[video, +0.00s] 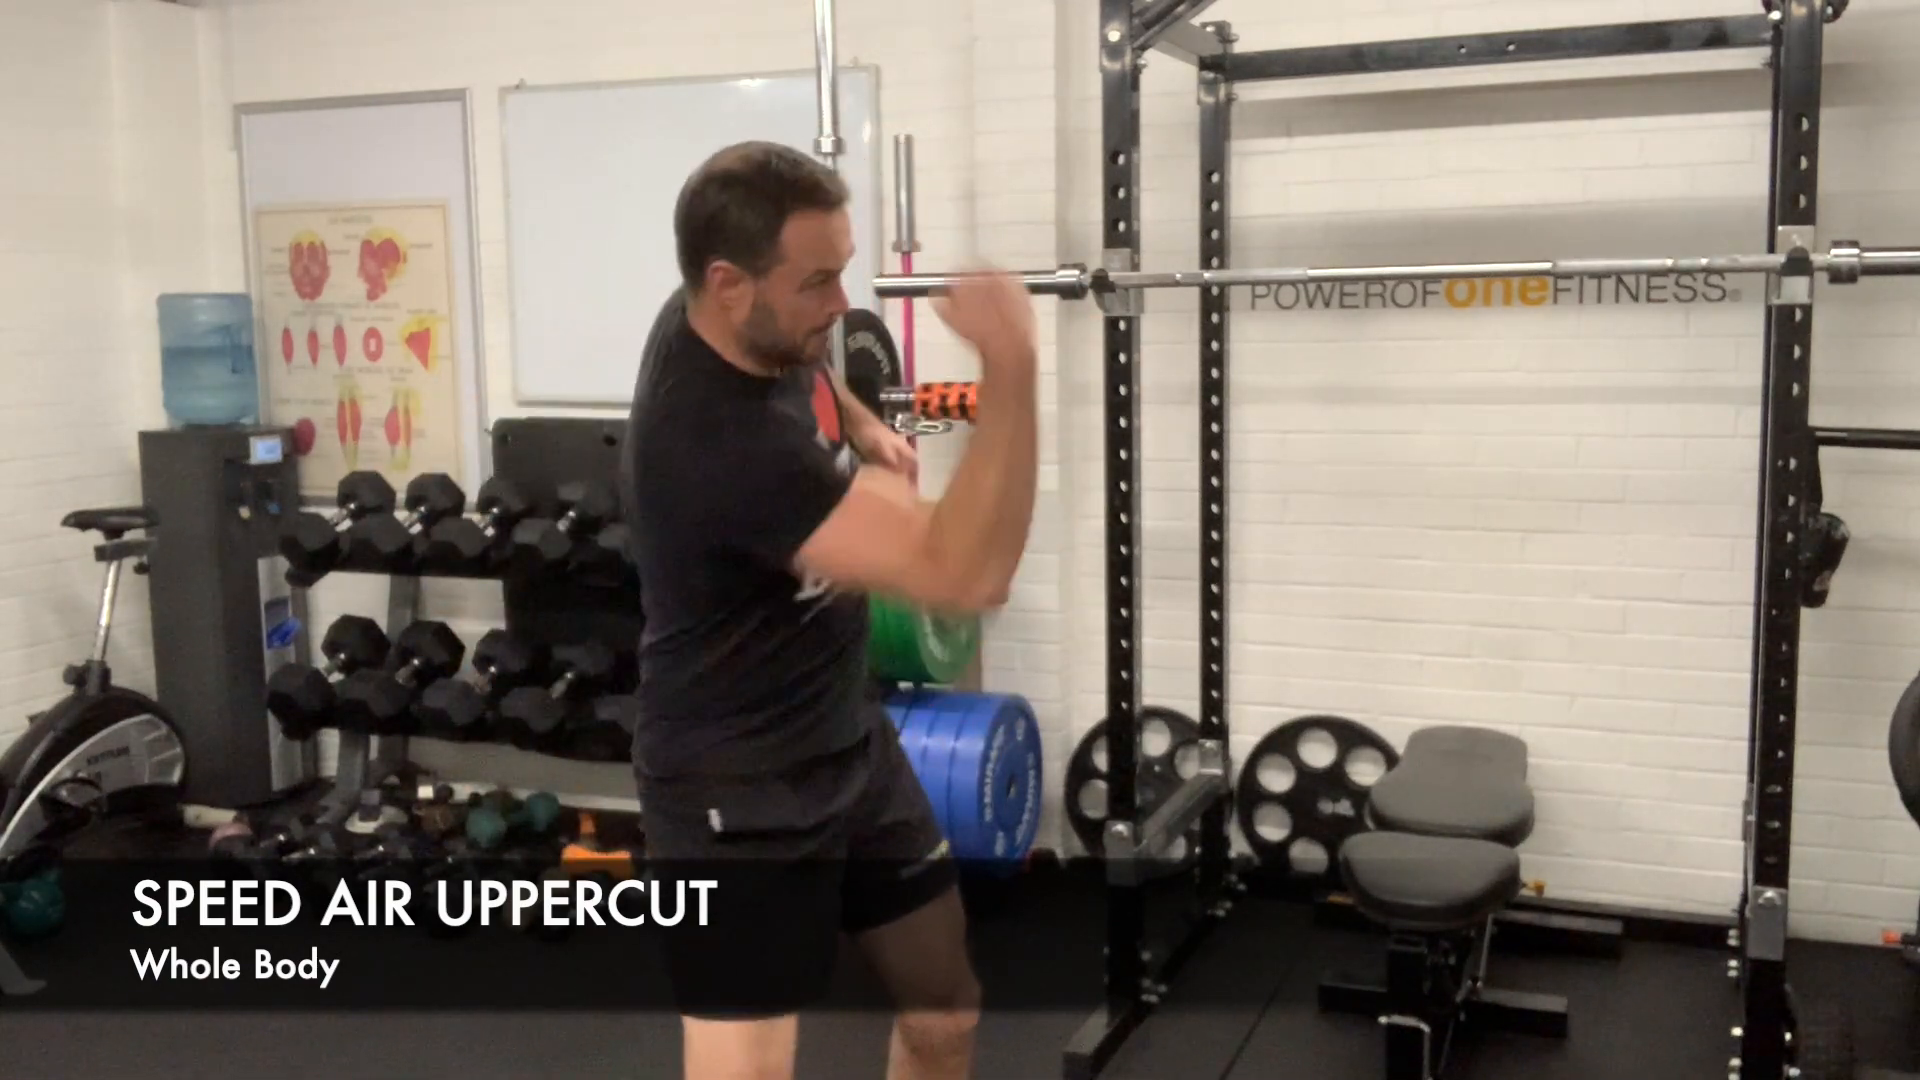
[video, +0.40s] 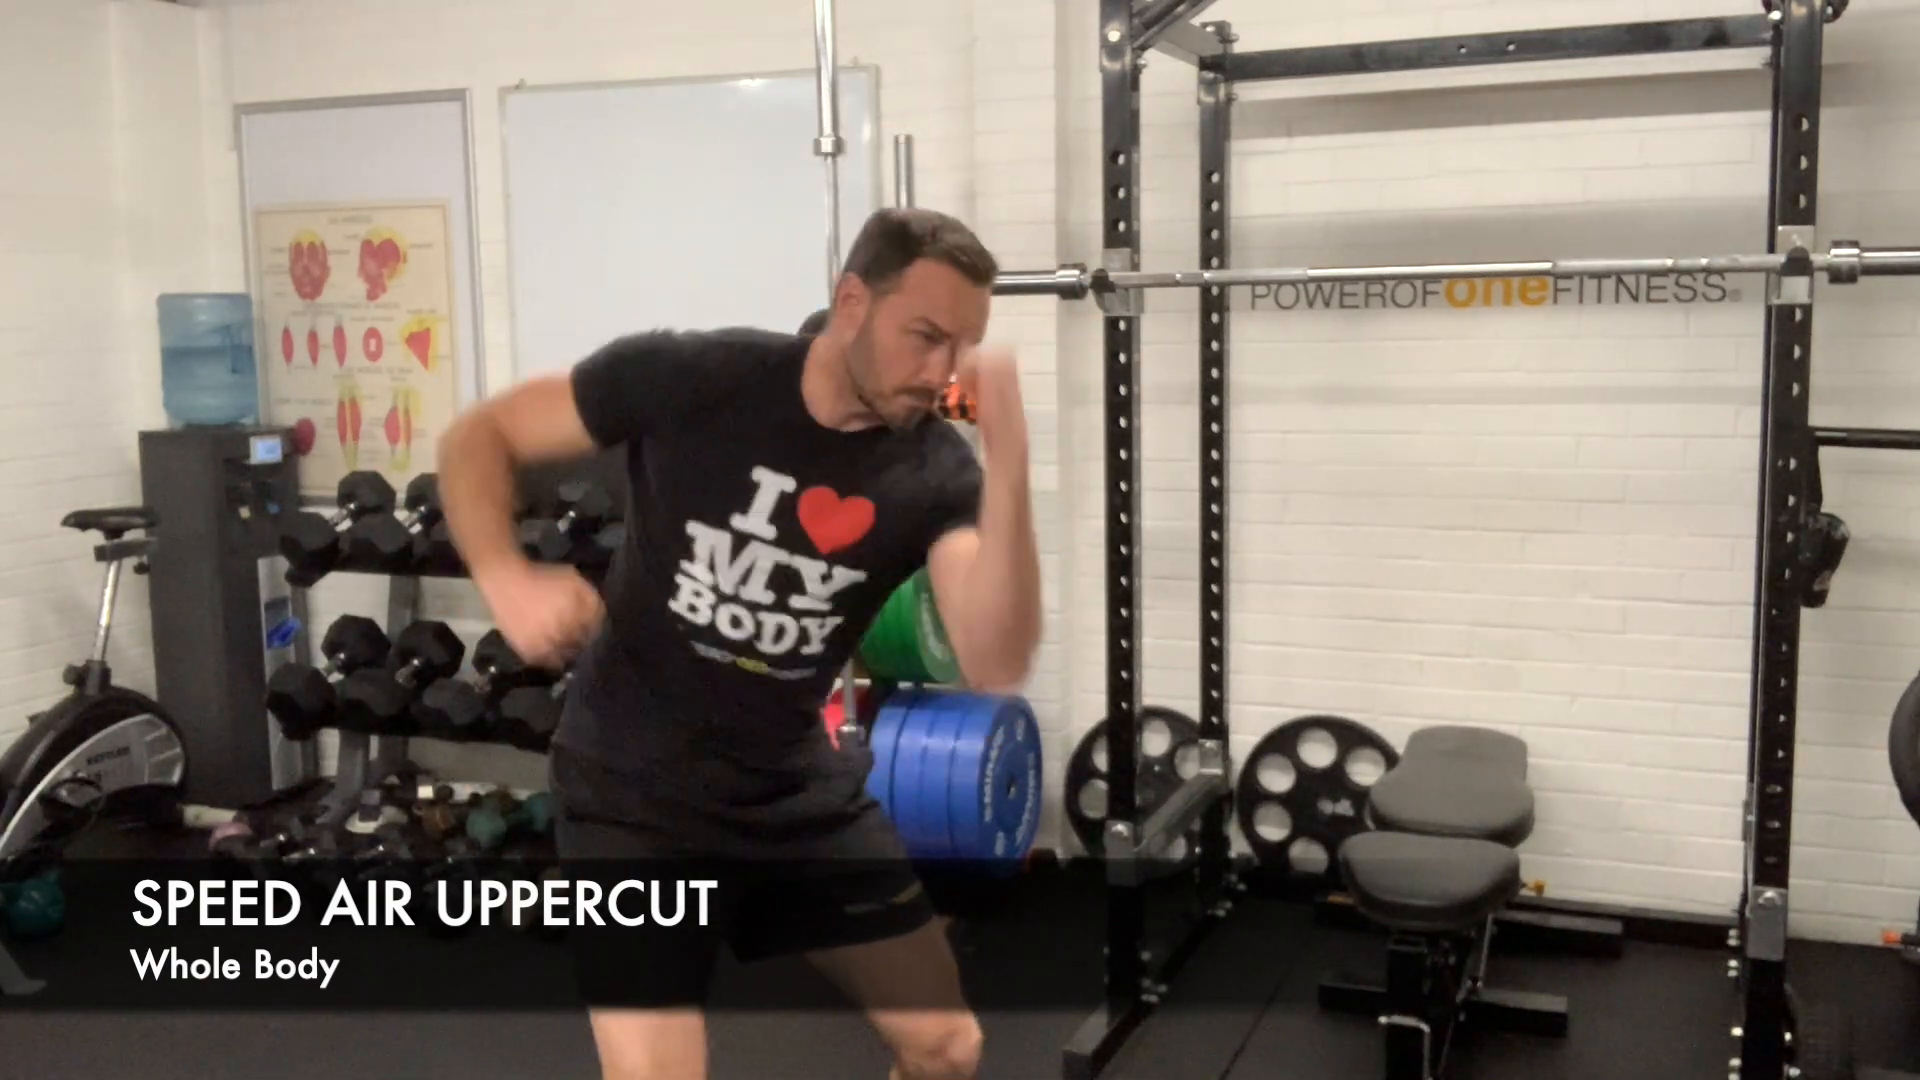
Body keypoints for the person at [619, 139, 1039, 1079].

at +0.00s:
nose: (840, 303)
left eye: (840, 275)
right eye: (817, 284)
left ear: (733, 278)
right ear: (728, 285)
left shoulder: (736, 325)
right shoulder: (718, 443)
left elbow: (796, 381)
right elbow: (961, 571)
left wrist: (866, 430)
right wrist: (1010, 367)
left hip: (848, 745)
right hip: (733, 788)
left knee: (942, 1016)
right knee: (744, 1065)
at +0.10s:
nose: (861, 271)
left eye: (862, 244)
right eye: (844, 248)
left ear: (756, 239)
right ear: (757, 244)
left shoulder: (714, 288)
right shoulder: (752, 399)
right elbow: (999, 495)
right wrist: (1017, 298)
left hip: (840, 727)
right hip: (739, 761)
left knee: (937, 985)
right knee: (750, 1059)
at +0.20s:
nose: (906, 286)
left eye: (911, 260)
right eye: (890, 260)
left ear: (815, 248)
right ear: (806, 246)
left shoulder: (808, 361)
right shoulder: (732, 390)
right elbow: (866, 647)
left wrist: (863, 647)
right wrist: (1038, 523)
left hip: (818, 747)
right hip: (704, 776)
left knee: (926, 990)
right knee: (711, 1063)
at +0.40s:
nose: (944, 371)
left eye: (962, 348)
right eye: (924, 336)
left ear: (973, 345)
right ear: (851, 302)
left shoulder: (937, 468)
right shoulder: (689, 381)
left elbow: (995, 661)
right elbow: (477, 438)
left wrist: (1008, 445)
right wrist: (506, 576)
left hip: (791, 771)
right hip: (634, 765)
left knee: (948, 1046)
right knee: (656, 1068)